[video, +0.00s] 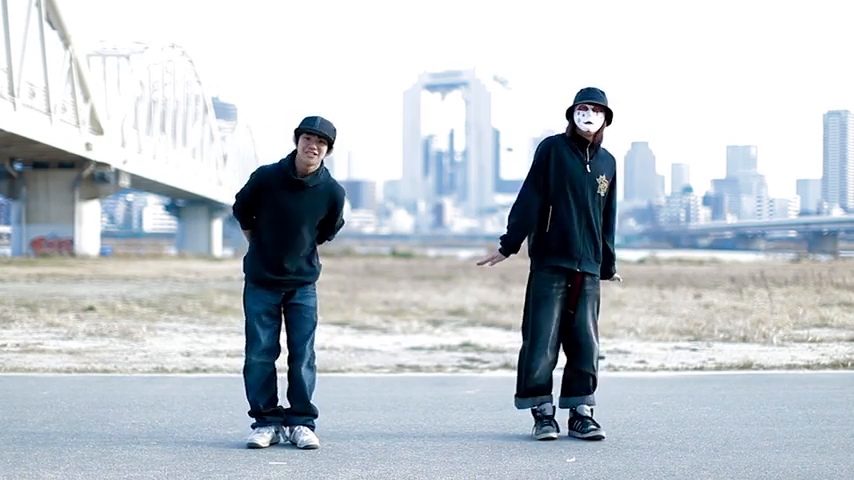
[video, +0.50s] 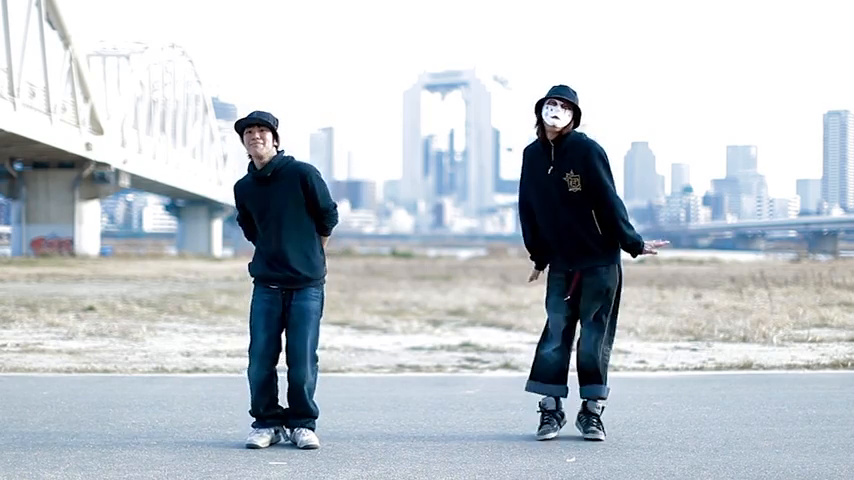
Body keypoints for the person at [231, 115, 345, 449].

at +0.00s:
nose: (312, 147)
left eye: (320, 143)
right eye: (308, 140)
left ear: (327, 150)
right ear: (297, 141)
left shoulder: (332, 192)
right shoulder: (265, 177)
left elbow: (328, 230)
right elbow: (241, 209)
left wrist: (300, 245)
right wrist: (260, 241)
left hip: (303, 281)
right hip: (261, 280)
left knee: (303, 353)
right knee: (260, 352)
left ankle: (301, 423)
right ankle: (266, 423)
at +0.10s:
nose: (300, 144)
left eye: (307, 139)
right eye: (295, 136)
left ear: (316, 144)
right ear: (284, 137)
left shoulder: (327, 185)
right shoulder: (259, 174)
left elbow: (334, 230)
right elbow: (244, 215)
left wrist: (307, 250)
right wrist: (263, 243)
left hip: (303, 283)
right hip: (261, 281)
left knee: (303, 356)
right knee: (259, 356)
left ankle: (302, 424)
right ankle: (266, 424)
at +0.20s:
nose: (289, 158)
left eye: (296, 153)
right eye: (284, 151)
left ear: (306, 155)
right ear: (275, 151)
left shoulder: (322, 193)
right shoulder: (256, 192)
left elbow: (336, 241)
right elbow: (246, 238)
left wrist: (309, 264)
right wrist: (268, 261)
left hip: (302, 292)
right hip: (260, 290)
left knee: (301, 363)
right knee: (254, 364)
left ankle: (302, 426)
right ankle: (266, 425)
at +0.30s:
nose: (280, 164)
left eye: (287, 159)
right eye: (275, 158)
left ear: (298, 163)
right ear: (267, 161)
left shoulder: (316, 199)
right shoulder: (255, 206)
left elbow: (333, 247)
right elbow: (249, 249)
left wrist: (310, 272)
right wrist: (265, 272)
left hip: (301, 297)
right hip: (259, 296)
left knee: (299, 367)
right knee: (252, 368)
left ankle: (302, 426)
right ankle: (266, 425)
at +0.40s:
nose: (270, 152)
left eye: (276, 146)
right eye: (264, 147)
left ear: (288, 151)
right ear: (256, 154)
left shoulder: (311, 188)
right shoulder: (250, 199)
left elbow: (329, 235)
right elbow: (249, 243)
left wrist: (310, 260)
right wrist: (271, 261)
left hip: (302, 291)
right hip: (261, 290)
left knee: (298, 362)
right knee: (253, 363)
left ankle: (302, 426)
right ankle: (266, 425)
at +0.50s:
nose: (256, 139)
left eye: (261, 133)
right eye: (249, 135)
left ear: (274, 137)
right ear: (244, 143)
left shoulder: (303, 173)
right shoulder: (243, 187)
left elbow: (328, 216)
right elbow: (250, 230)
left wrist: (314, 245)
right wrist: (277, 246)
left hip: (306, 282)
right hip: (266, 283)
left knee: (301, 356)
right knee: (259, 356)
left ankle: (302, 425)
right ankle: (266, 424)